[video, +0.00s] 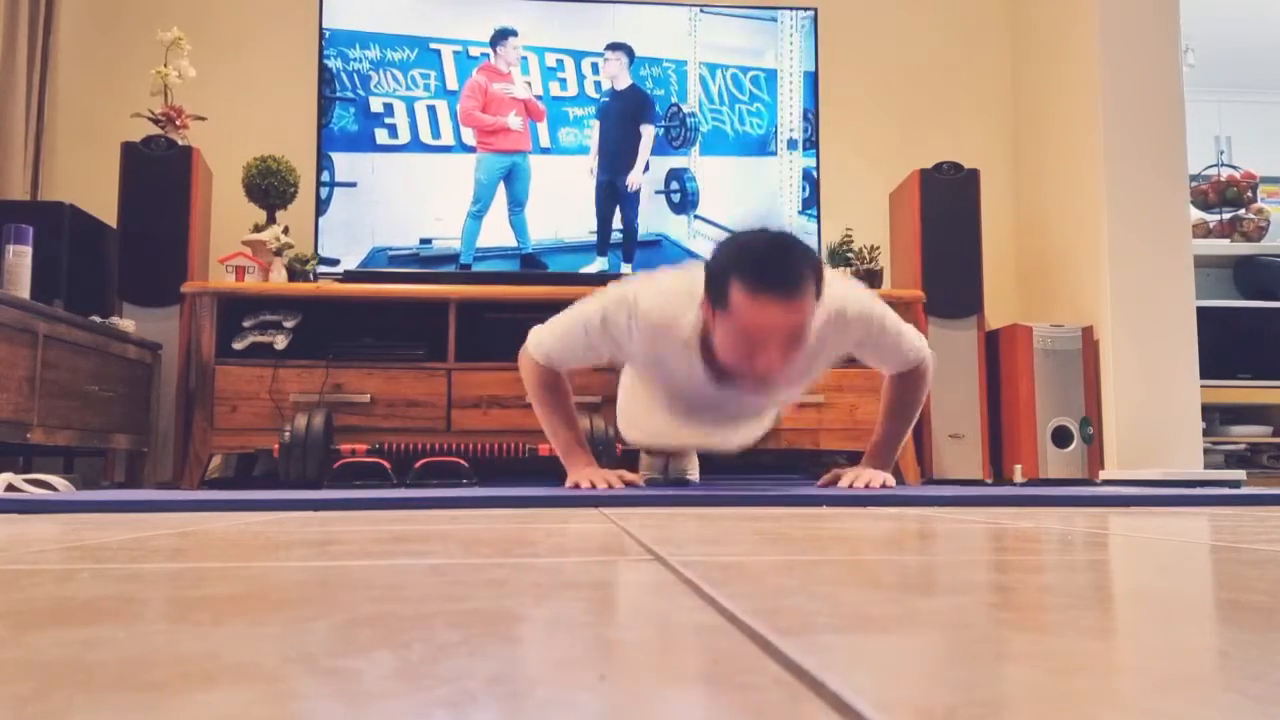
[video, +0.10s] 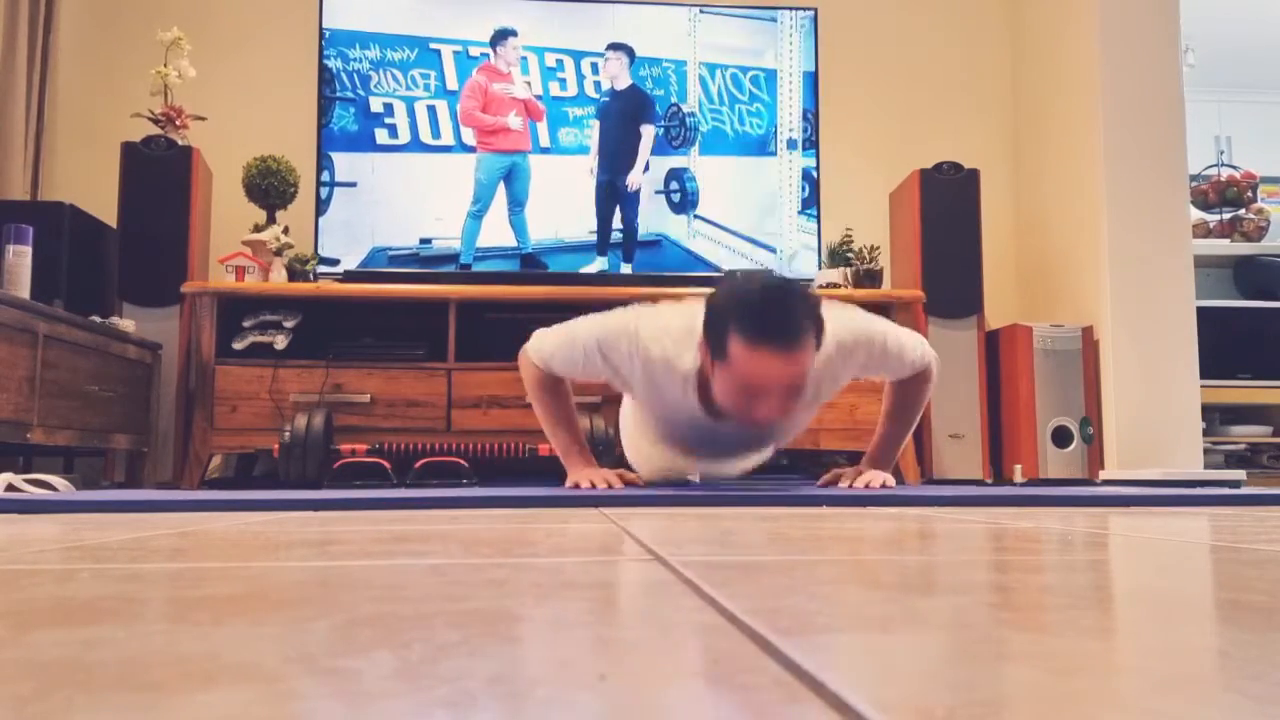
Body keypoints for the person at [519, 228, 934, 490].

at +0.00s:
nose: (770, 359)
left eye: (790, 340)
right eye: (752, 340)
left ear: (811, 315)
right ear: (710, 314)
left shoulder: (842, 307)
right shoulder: (644, 310)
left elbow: (913, 363)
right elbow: (536, 354)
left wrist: (878, 463)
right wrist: (580, 463)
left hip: (748, 427)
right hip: (652, 424)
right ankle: (668, 459)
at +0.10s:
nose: (770, 409)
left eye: (790, 392)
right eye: (753, 391)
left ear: (811, 359)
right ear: (709, 358)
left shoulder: (840, 337)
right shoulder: (647, 341)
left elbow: (920, 362)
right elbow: (536, 357)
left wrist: (878, 463)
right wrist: (579, 463)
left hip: (748, 460)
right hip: (649, 459)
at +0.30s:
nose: (764, 329)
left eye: (782, 309)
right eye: (745, 309)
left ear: (804, 291)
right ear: (704, 287)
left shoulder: (835, 298)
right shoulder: (636, 294)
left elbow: (914, 362)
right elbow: (539, 358)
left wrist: (875, 465)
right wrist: (580, 463)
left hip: (746, 448)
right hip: (637, 446)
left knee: (744, 579)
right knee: (631, 578)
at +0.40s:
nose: (758, 206)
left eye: (777, 185)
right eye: (739, 182)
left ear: (792, 180)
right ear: (698, 172)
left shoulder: (824, 224)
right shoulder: (630, 227)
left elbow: (886, 341)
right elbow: (563, 342)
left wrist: (871, 461)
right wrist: (584, 465)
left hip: (746, 371)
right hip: (651, 368)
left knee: (703, 421)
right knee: (647, 427)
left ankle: (677, 444)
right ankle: (651, 452)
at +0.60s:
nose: (766, 147)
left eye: (782, 124)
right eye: (746, 124)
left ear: (799, 111)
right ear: (704, 109)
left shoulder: (826, 179)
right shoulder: (646, 169)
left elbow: (918, 303)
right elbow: (546, 294)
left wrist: (965, 420)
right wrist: (488, 423)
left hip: (747, 356)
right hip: (654, 348)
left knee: (696, 416)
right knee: (654, 415)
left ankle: (674, 443)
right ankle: (667, 445)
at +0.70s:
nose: (776, 303)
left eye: (792, 284)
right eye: (762, 282)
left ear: (814, 265)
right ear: (720, 264)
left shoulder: (848, 281)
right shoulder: (644, 277)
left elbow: (952, 341)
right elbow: (510, 337)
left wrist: (979, 457)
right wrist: (476, 461)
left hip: (749, 418)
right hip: (648, 413)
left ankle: (694, 450)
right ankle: (649, 453)